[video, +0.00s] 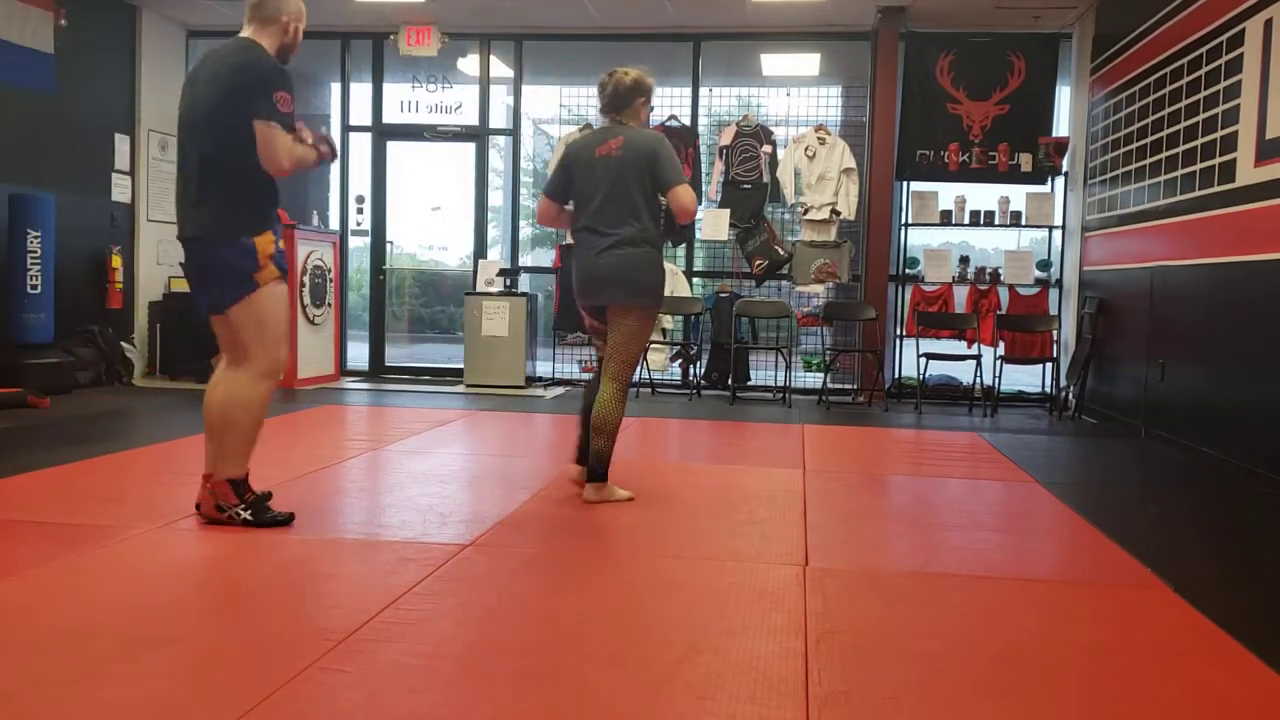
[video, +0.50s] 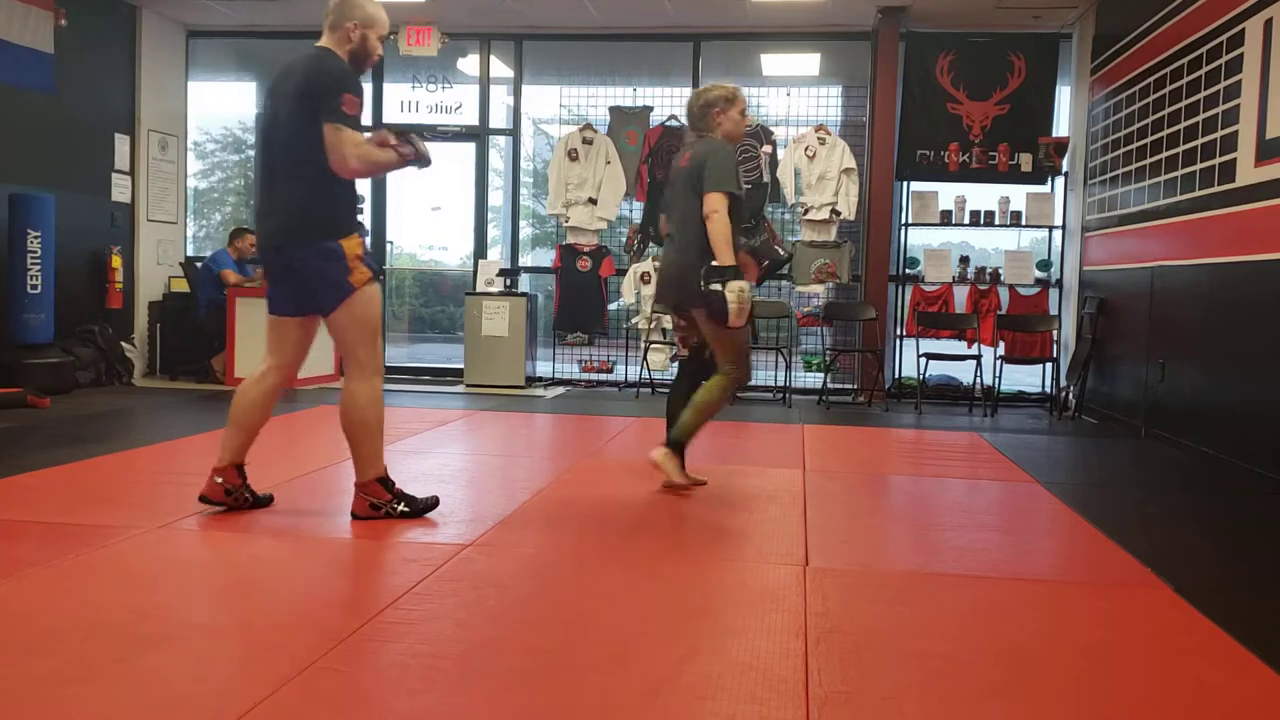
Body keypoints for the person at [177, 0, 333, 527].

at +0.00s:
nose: (299, 43)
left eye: (301, 33)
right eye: (301, 32)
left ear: (249, 17)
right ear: (289, 23)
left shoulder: (209, 65)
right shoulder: (261, 68)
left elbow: (227, 150)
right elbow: (278, 160)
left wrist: (296, 142)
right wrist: (314, 152)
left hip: (203, 234)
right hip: (243, 232)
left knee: (235, 358)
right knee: (264, 362)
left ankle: (217, 486)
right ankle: (229, 491)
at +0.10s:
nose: (308, 52)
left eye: (311, 43)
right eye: (310, 42)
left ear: (261, 25)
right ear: (295, 30)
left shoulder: (218, 72)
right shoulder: (269, 71)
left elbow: (219, 158)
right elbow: (269, 151)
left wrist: (305, 166)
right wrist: (320, 170)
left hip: (210, 241)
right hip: (258, 238)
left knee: (241, 359)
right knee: (320, 351)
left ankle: (217, 486)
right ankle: (253, 468)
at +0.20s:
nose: (326, 46)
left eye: (328, 36)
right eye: (326, 34)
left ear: (282, 18)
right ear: (306, 22)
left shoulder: (233, 66)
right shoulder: (280, 57)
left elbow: (236, 144)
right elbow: (267, 128)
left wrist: (311, 144)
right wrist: (323, 148)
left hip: (224, 231)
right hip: (273, 227)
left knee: (232, 357)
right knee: (331, 345)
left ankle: (217, 483)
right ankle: (302, 472)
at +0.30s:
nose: (340, 48)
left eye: (344, 38)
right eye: (340, 36)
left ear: (298, 23)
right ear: (316, 24)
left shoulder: (256, 66)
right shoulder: (294, 62)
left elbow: (267, 138)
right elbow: (283, 128)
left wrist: (325, 124)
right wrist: (342, 130)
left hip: (241, 232)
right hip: (289, 231)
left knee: (232, 363)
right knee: (325, 362)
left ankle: (216, 485)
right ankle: (357, 482)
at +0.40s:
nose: (357, 54)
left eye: (360, 45)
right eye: (357, 42)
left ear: (314, 29)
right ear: (334, 32)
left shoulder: (273, 72)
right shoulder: (310, 70)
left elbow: (285, 151)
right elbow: (315, 148)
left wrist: (343, 130)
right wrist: (385, 144)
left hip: (257, 240)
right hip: (303, 241)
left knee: (248, 364)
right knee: (339, 366)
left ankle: (217, 484)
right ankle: (369, 488)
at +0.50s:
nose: (381, 51)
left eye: (384, 41)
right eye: (380, 39)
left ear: (339, 27)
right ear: (353, 30)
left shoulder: (286, 72)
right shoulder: (332, 70)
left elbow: (308, 153)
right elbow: (348, 159)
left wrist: (374, 140)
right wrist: (401, 157)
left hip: (282, 241)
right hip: (329, 238)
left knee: (278, 366)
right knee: (364, 367)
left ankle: (224, 476)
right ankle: (372, 489)